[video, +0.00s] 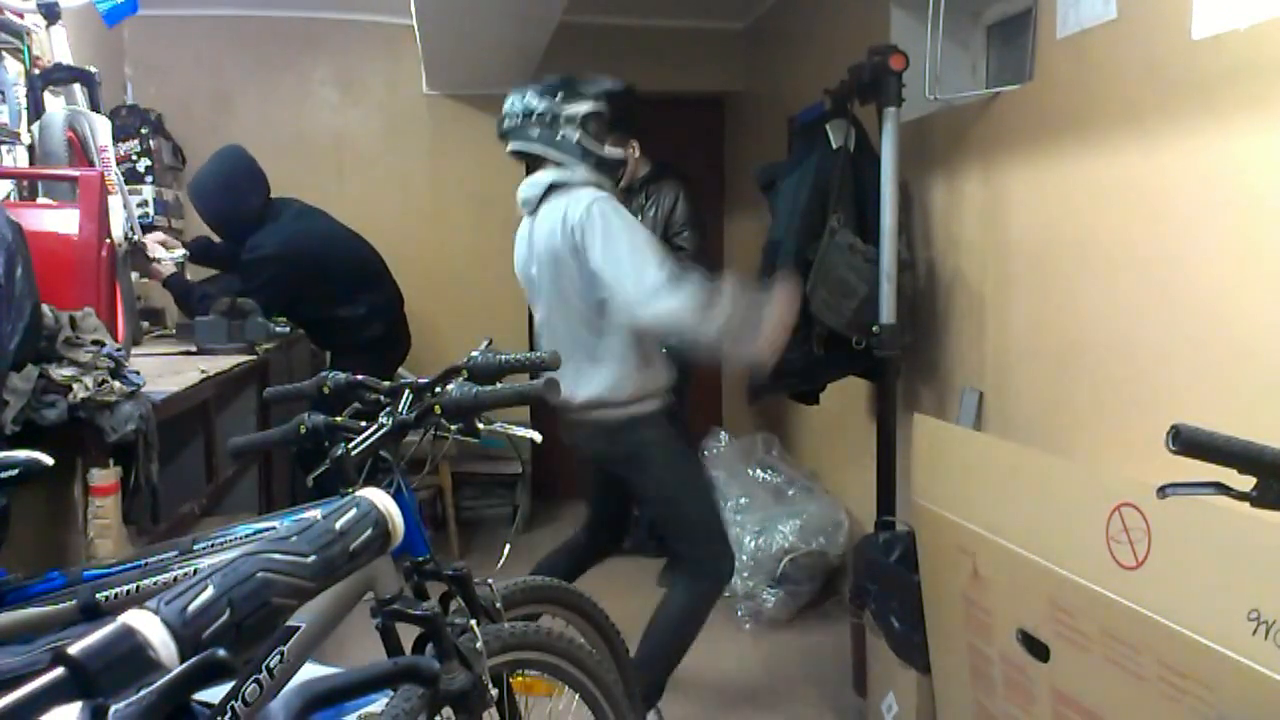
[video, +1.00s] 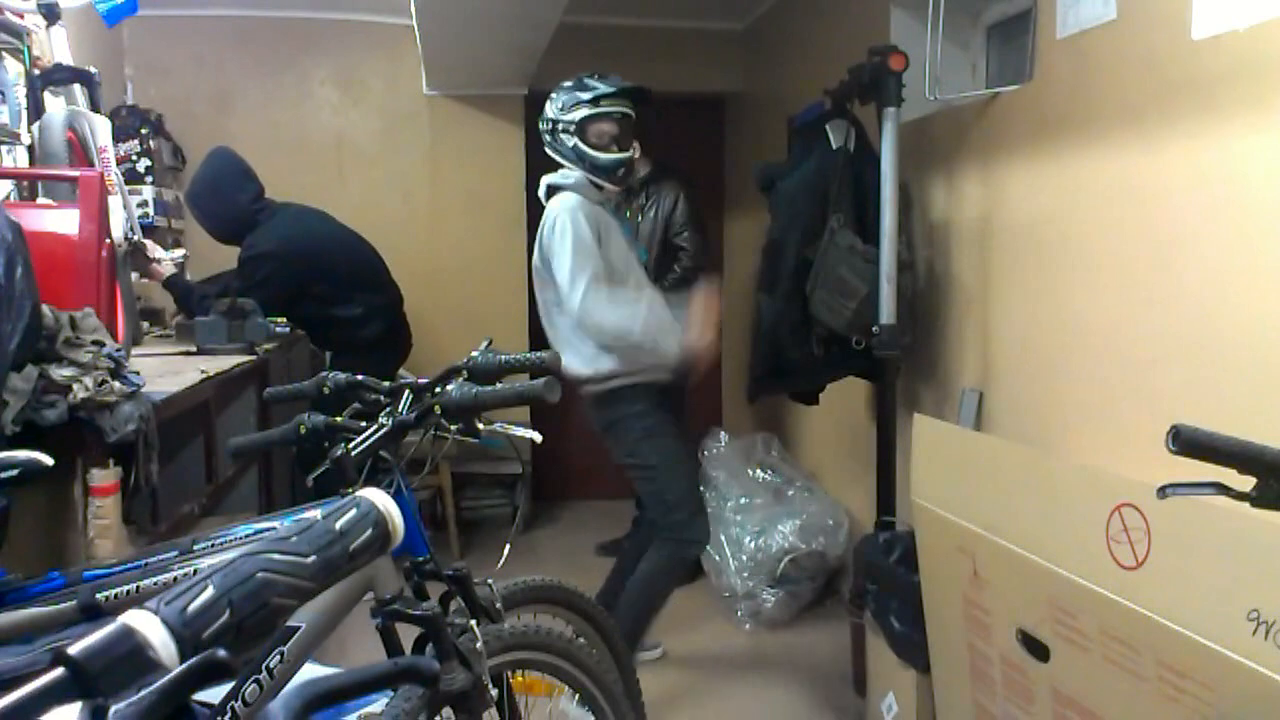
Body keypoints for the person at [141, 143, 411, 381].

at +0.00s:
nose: (209, 221)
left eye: (209, 213)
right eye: (206, 213)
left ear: (224, 212)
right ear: (253, 191)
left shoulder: (269, 255)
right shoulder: (283, 212)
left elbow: (214, 308)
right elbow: (239, 255)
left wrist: (168, 275)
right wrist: (185, 249)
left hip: (369, 348)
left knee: (321, 442)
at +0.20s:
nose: (208, 224)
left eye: (207, 215)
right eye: (204, 215)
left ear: (223, 213)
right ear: (250, 192)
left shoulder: (272, 253)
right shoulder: (288, 216)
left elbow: (223, 313)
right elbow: (257, 265)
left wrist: (168, 277)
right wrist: (213, 273)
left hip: (367, 350)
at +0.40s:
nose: (209, 226)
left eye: (207, 216)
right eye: (204, 217)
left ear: (223, 211)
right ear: (249, 192)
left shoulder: (267, 254)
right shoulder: (289, 219)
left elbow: (230, 318)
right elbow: (247, 283)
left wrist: (170, 278)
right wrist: (183, 283)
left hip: (367, 350)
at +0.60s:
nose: (209, 225)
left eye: (207, 215)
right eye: (204, 216)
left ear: (222, 210)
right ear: (247, 192)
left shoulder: (266, 253)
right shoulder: (288, 219)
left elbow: (227, 317)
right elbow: (246, 284)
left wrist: (168, 278)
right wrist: (181, 282)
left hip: (369, 350)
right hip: (386, 334)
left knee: (316, 442)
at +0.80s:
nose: (207, 225)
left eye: (205, 215)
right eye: (203, 216)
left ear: (222, 209)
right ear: (247, 192)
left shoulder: (265, 251)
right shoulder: (288, 218)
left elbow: (230, 320)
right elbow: (246, 291)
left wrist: (168, 277)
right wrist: (177, 278)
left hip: (367, 351)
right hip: (386, 335)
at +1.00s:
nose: (207, 226)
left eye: (205, 216)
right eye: (202, 218)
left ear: (220, 210)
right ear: (245, 192)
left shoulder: (267, 249)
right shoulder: (286, 220)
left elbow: (227, 314)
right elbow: (243, 282)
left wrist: (167, 278)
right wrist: (185, 289)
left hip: (367, 352)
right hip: (384, 335)